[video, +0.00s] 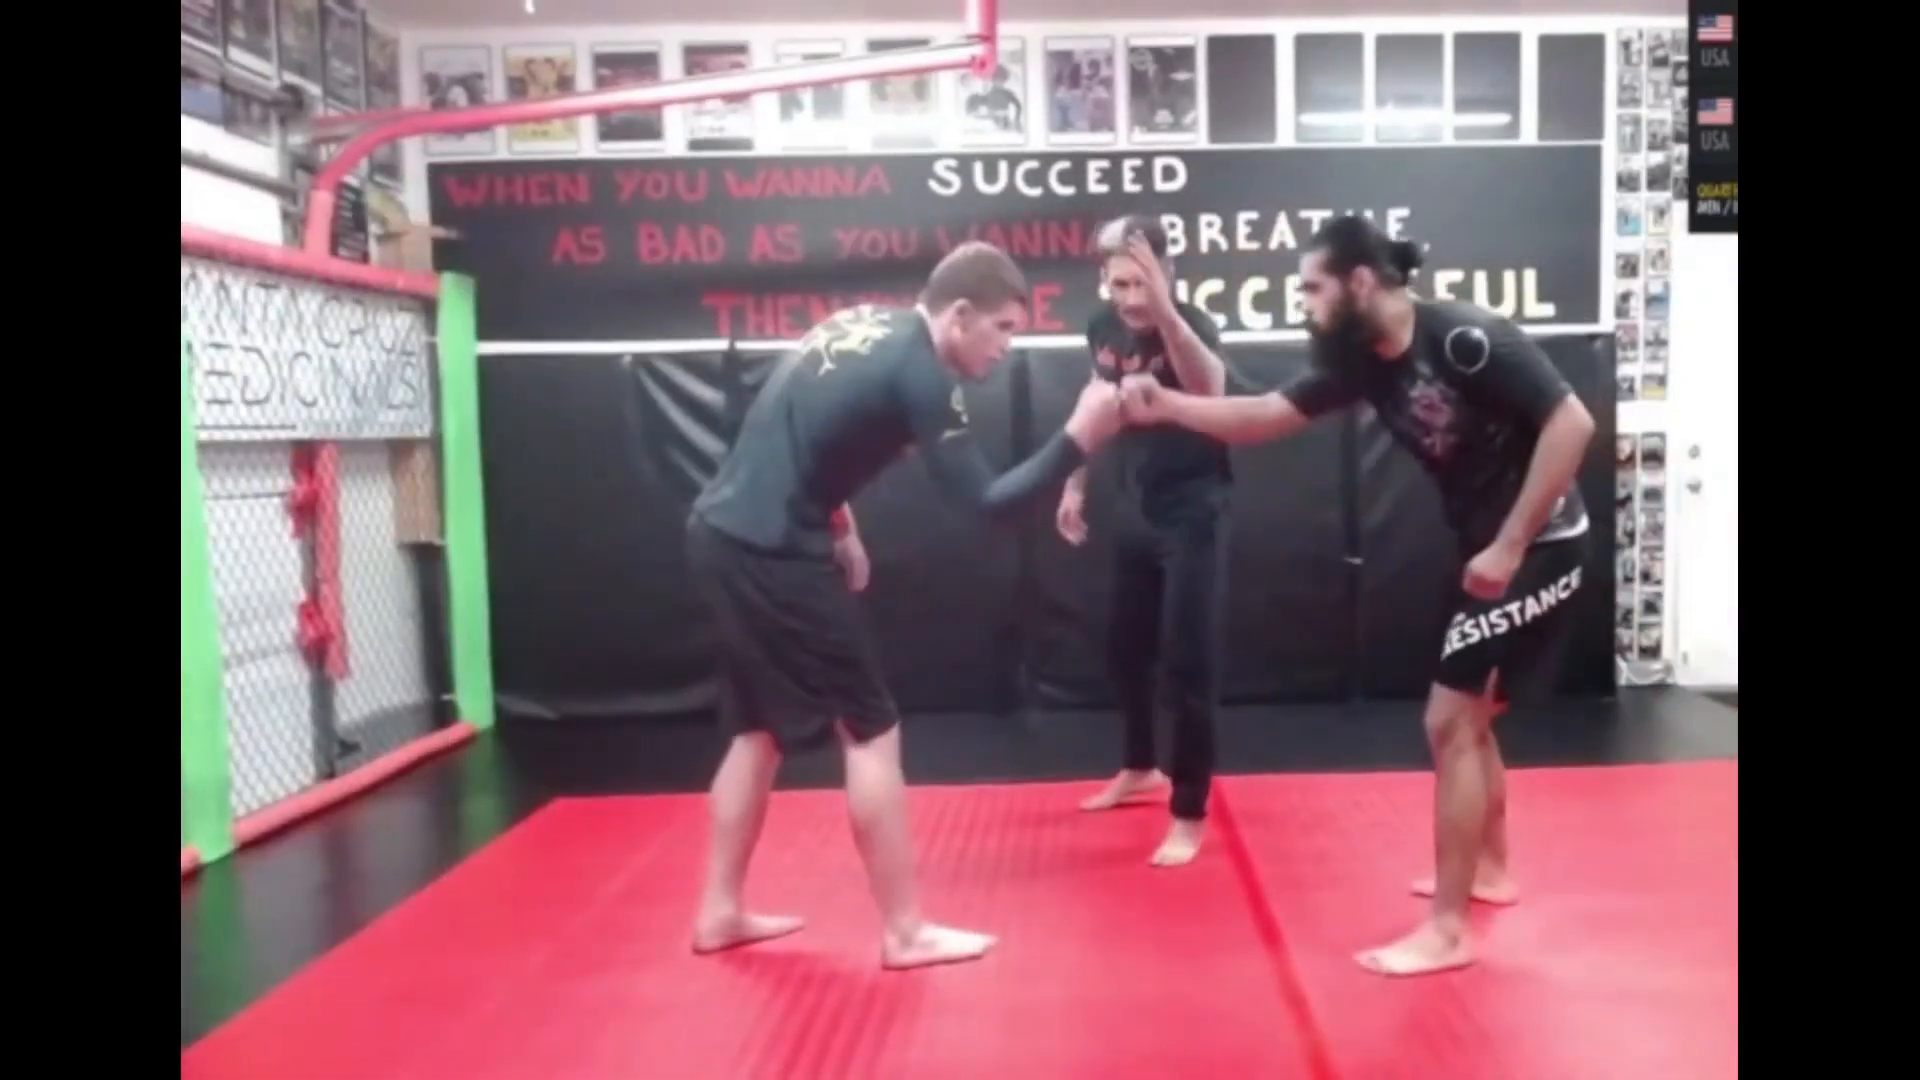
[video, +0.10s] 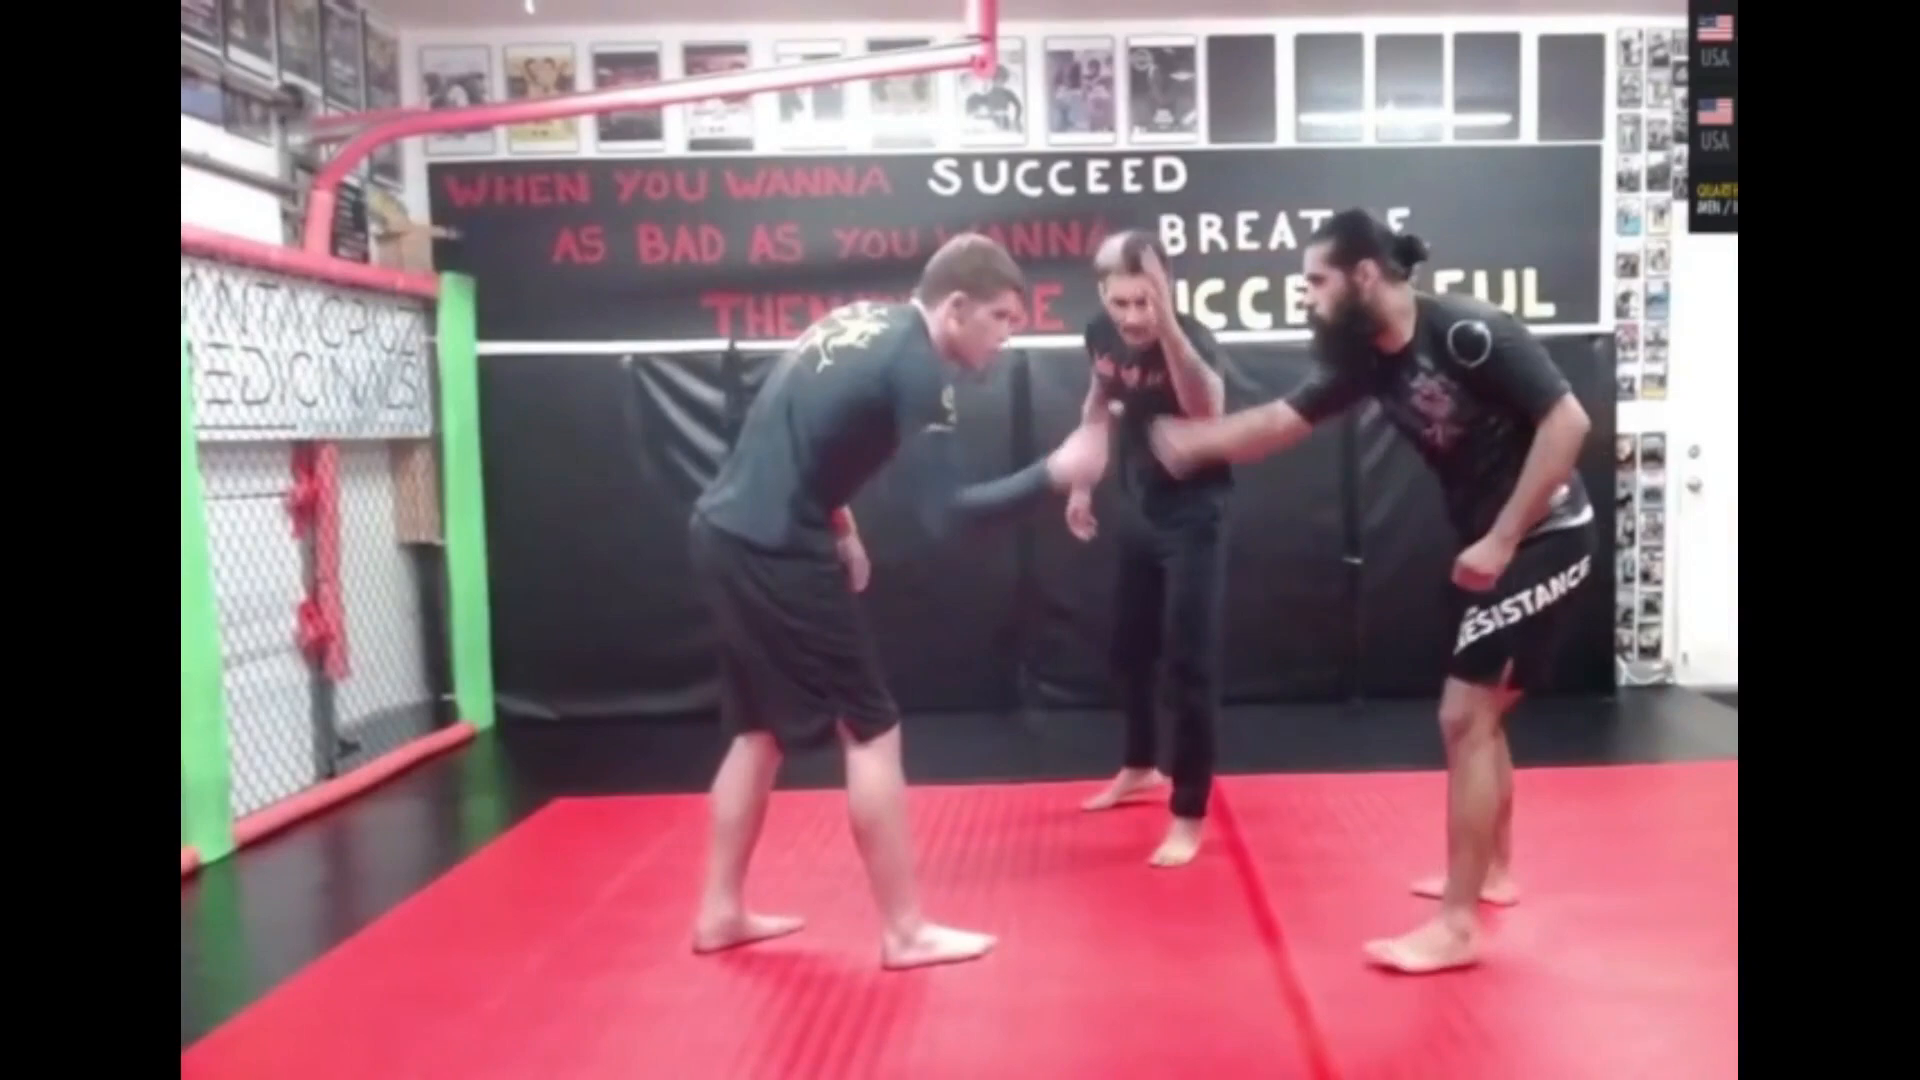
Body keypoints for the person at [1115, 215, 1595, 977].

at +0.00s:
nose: (1305, 305)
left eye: (1315, 289)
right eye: (1303, 290)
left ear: (1364, 283)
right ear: (1358, 287)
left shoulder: (1465, 339)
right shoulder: (1361, 360)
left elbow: (1572, 423)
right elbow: (1265, 416)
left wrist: (1510, 543)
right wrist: (1161, 403)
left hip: (1543, 544)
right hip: (1489, 546)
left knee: (1450, 720)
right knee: (1468, 717)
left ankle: (1448, 928)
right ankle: (1491, 868)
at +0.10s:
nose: (1308, 298)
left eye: (1318, 281)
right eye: (1307, 282)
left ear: (1369, 276)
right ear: (1360, 281)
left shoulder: (1468, 334)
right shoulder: (1366, 358)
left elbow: (1566, 422)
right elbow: (1283, 420)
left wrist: (1501, 538)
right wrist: (1194, 440)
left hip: (1547, 535)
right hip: (1496, 539)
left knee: (1466, 716)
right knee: (1478, 712)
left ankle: (1457, 924)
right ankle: (1494, 869)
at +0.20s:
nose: (1303, 321)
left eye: (1311, 303)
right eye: (1301, 305)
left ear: (1362, 297)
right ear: (1355, 302)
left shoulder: (1464, 348)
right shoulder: (1377, 383)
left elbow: (1551, 448)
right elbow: (1352, 478)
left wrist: (1468, 551)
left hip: (1558, 536)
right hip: (1494, 542)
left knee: (1487, 720)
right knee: (1452, 706)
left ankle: (1549, 932)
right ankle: (1488, 867)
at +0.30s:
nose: (1302, 332)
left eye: (1310, 315)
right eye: (1300, 316)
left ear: (1358, 306)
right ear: (1355, 310)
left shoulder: (1463, 355)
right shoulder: (1378, 394)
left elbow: (1550, 464)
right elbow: (1370, 497)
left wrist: (1455, 559)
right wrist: (1327, 575)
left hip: (1561, 542)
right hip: (1493, 547)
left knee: (1496, 728)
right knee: (1448, 705)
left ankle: (1566, 940)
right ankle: (1486, 868)